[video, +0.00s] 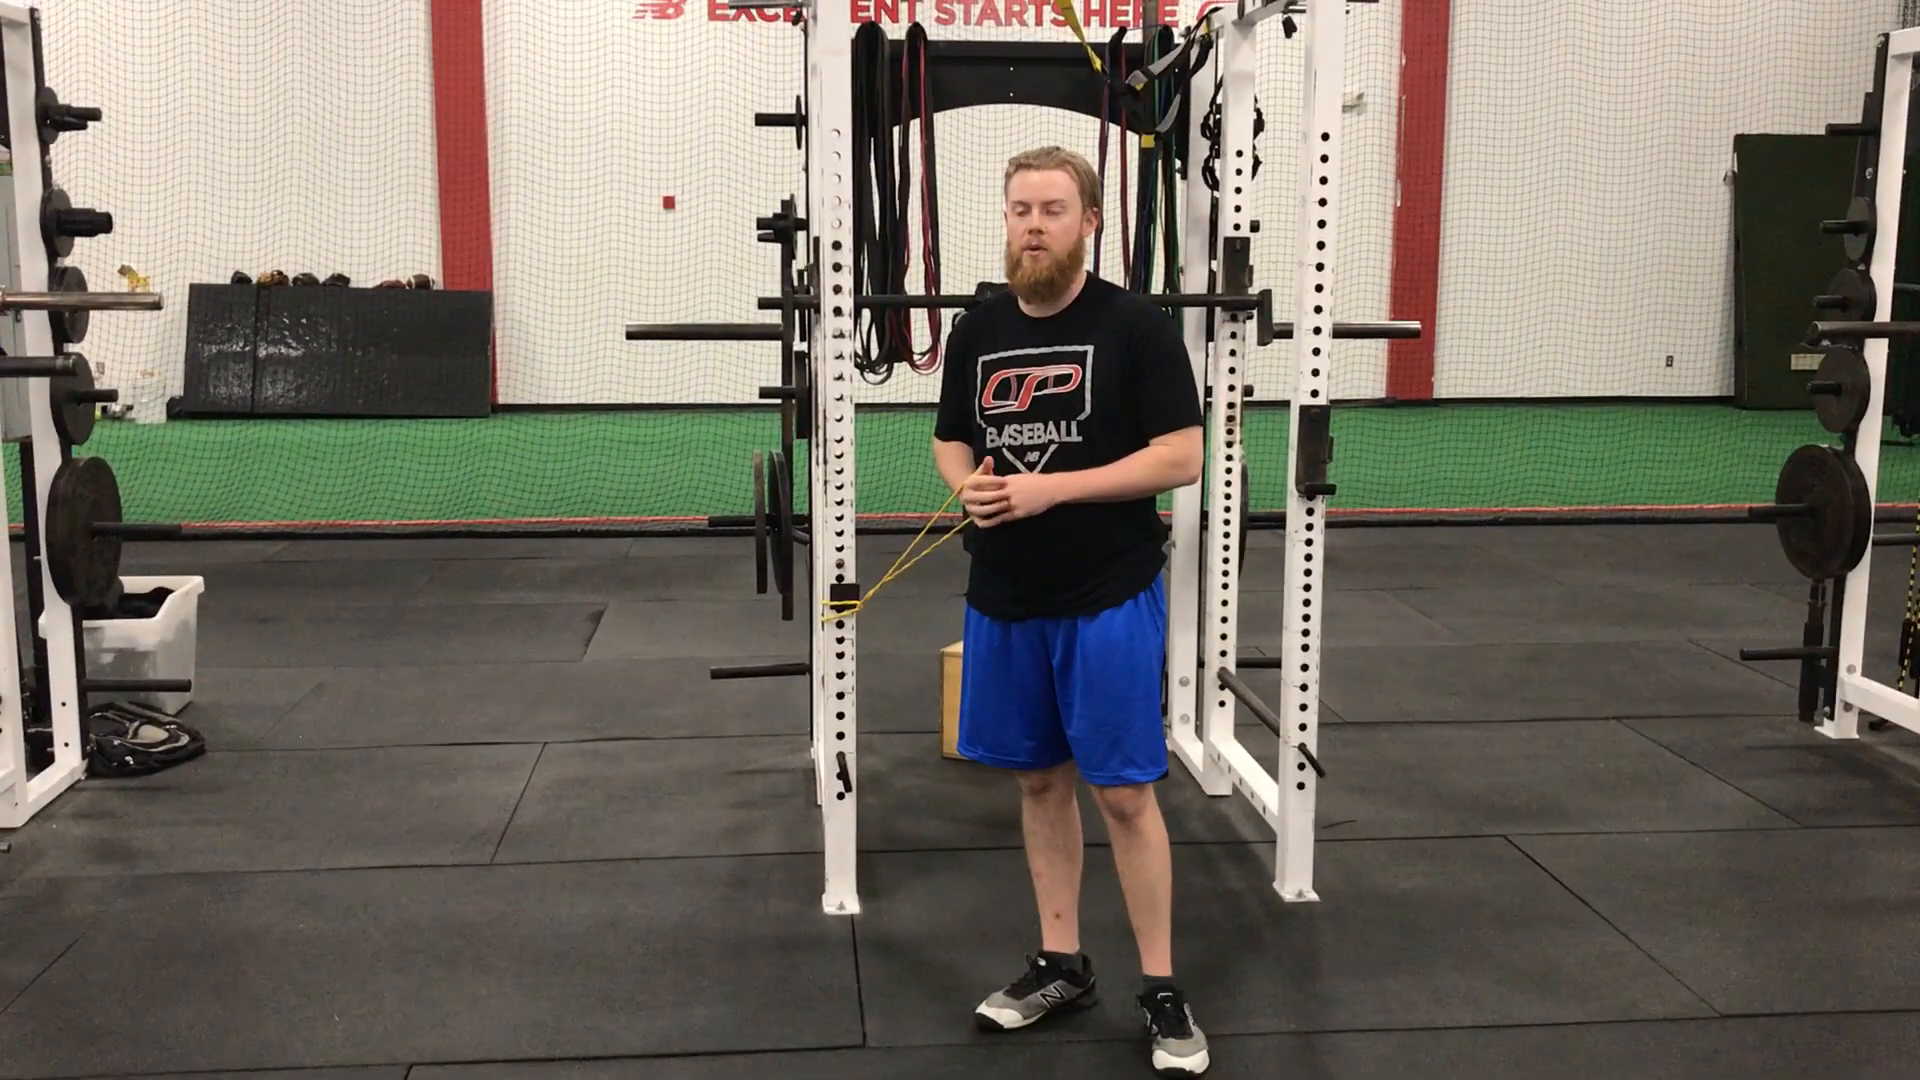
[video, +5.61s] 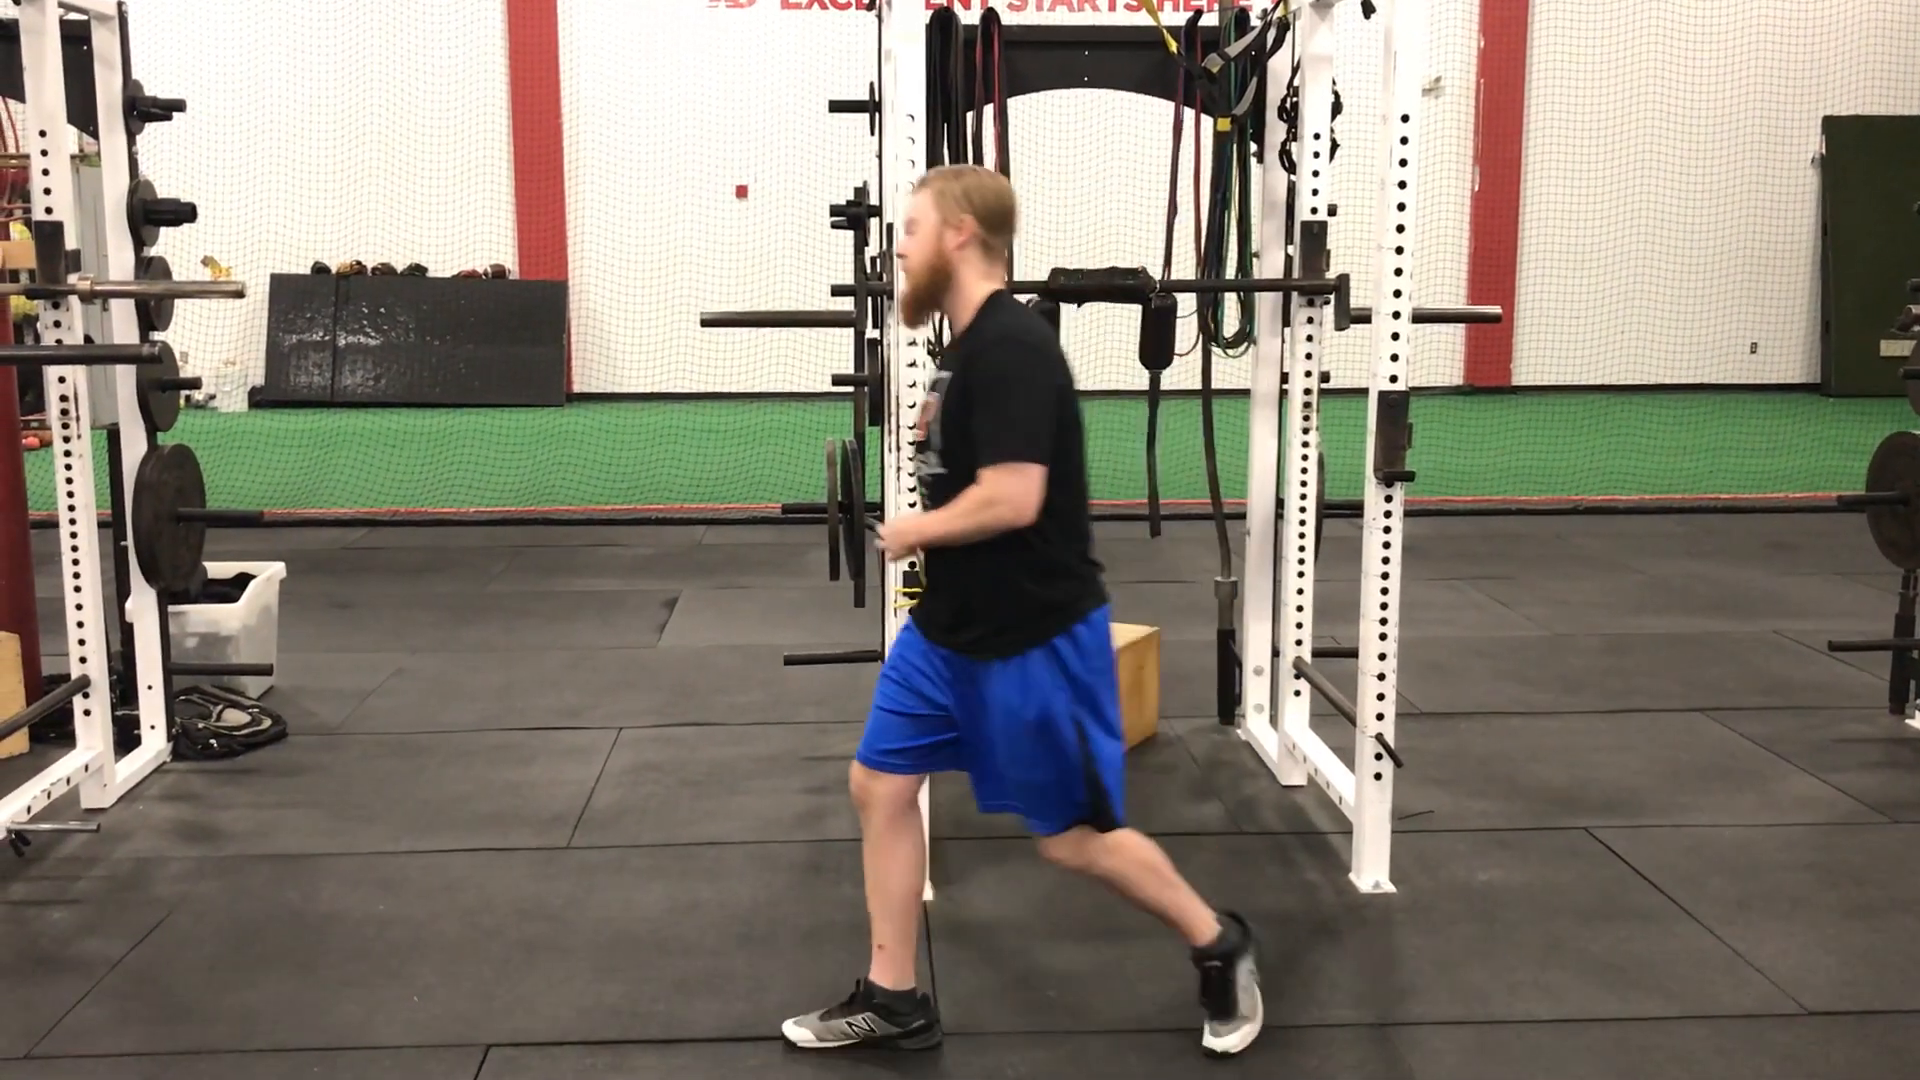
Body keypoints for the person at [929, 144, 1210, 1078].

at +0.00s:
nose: (1030, 225)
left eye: (1050, 210)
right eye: (1019, 210)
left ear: (1089, 224)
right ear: (1002, 222)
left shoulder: (1136, 326)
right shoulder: (978, 326)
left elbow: (1183, 456)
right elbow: (950, 444)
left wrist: (1053, 486)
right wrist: (973, 487)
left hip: (1112, 600)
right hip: (1008, 601)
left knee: (1125, 797)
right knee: (1040, 783)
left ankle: (1160, 990)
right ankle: (1061, 963)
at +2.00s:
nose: (1047, 224)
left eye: (1053, 206)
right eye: (1046, 207)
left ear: (1098, 203)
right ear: (1098, 206)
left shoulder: (1181, 315)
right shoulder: (1078, 307)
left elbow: (1194, 460)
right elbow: (1064, 429)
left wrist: (1060, 480)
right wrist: (963, 442)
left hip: (1150, 585)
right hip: (1066, 581)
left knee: (1154, 775)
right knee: (1081, 760)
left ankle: (1195, 963)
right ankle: (1080, 945)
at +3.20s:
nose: (1081, 242)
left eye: (1089, 224)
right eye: (1080, 224)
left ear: (1138, 221)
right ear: (1135, 221)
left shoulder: (1223, 328)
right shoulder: (1114, 321)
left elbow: (1236, 474)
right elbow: (1089, 462)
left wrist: (1097, 498)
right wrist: (1033, 569)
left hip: (1191, 603)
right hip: (1099, 596)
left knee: (1203, 785)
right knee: (1100, 772)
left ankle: (1211, 974)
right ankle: (1096, 959)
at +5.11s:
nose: (1111, 232)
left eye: (1126, 213)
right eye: (1109, 215)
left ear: (1185, 214)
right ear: (1147, 220)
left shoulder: (1253, 338)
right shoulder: (1121, 329)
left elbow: (1260, 490)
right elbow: (1106, 472)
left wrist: (1117, 507)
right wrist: (1065, 576)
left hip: (1214, 616)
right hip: (1109, 604)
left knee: (1231, 800)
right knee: (1055, 763)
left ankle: (1245, 976)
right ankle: (1101, 957)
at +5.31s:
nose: (1054, 244)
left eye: (1066, 224)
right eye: (1054, 226)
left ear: (1124, 228)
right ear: (1114, 230)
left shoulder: (1190, 344)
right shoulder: (1092, 333)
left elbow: (1198, 498)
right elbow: (1111, 468)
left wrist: (1067, 521)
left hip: (1171, 623)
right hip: (1072, 610)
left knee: (1205, 807)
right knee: (997, 761)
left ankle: (1248, 974)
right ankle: (964, 975)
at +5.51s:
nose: (951, 257)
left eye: (963, 237)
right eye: (953, 238)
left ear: (1019, 243)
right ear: (1018, 245)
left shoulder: (1078, 352)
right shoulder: (1015, 351)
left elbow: (1090, 505)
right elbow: (1051, 467)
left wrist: (963, 537)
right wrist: (1009, 432)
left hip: (1094, 642)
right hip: (996, 630)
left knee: (1148, 818)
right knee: (917, 781)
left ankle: (1244, 964)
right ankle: (898, 993)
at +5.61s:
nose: (899, 250)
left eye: (910, 231)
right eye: (901, 231)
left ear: (959, 236)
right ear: (966, 239)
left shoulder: (1012, 342)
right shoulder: (975, 341)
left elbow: (1014, 495)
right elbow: (1008, 450)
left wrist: (914, 530)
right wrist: (945, 428)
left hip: (1034, 638)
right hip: (949, 626)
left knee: (1072, 837)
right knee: (881, 782)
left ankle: (1218, 943)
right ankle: (895, 995)